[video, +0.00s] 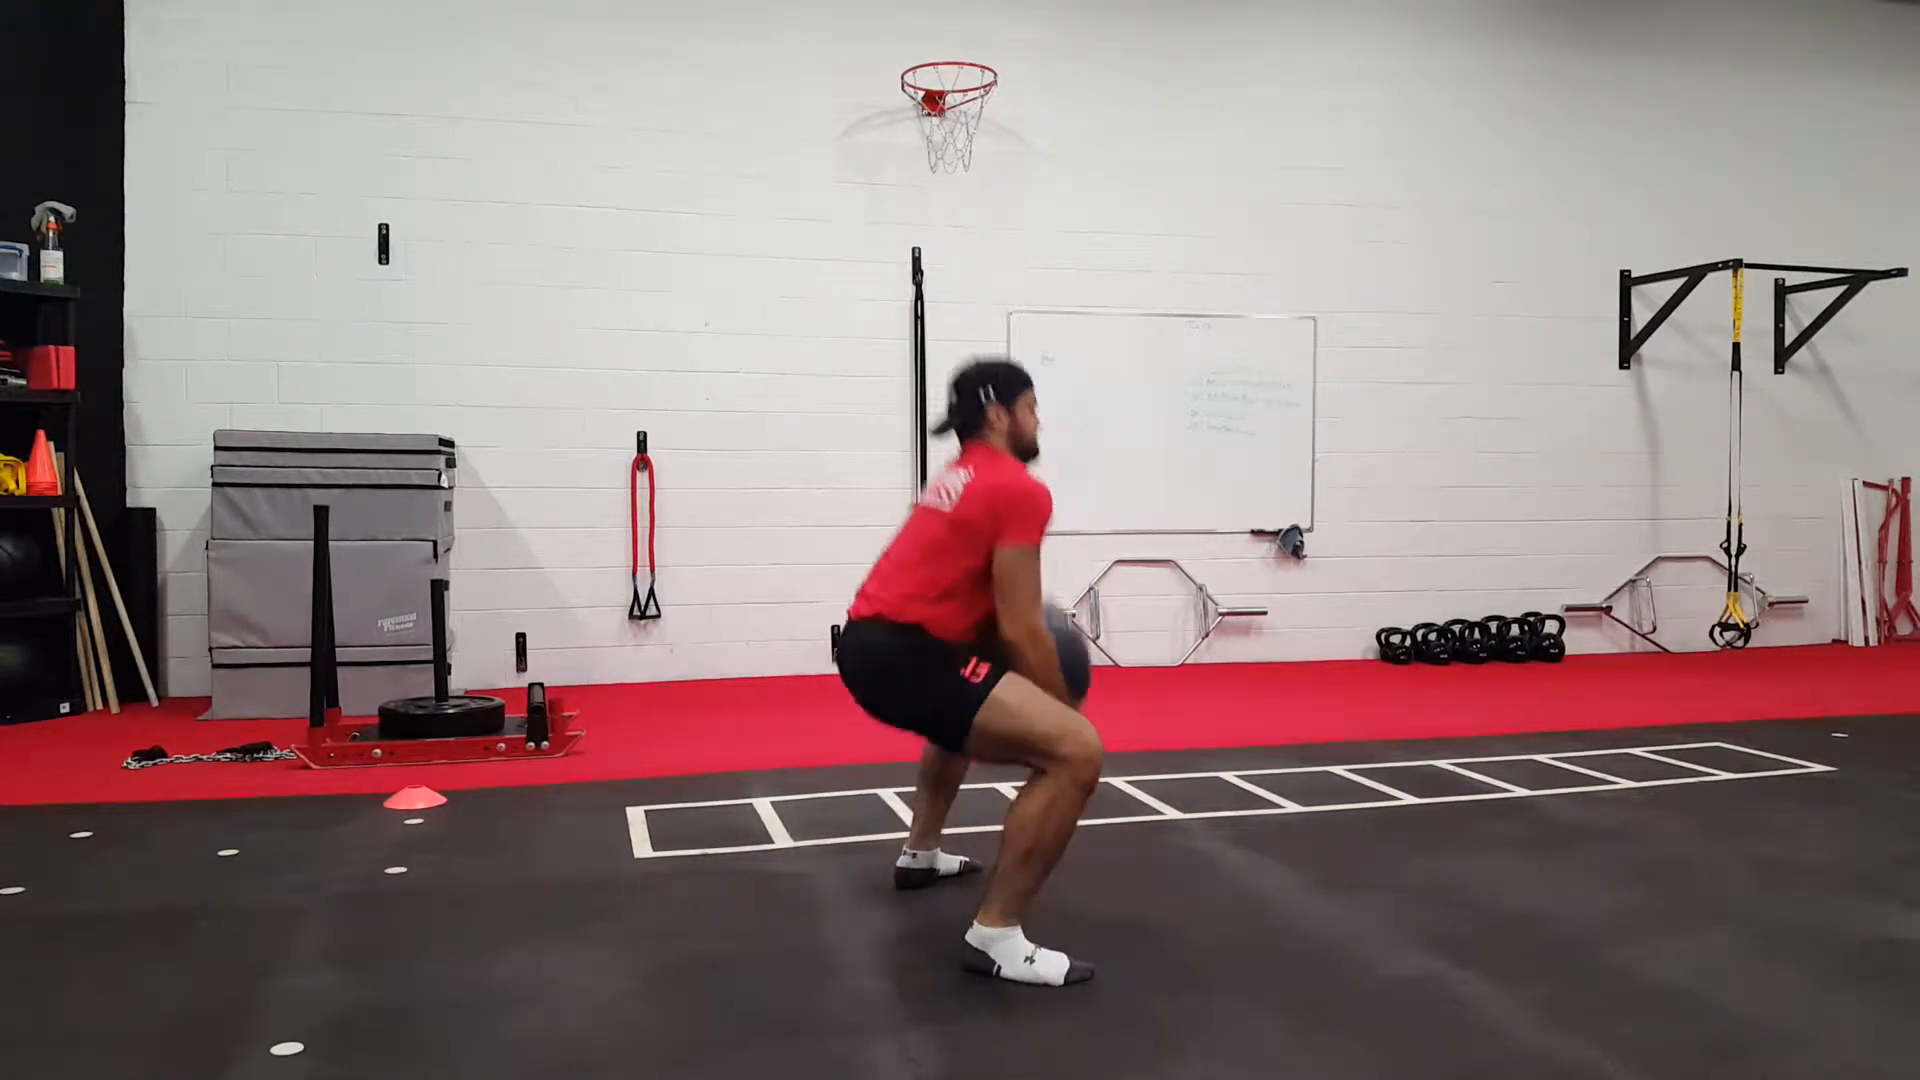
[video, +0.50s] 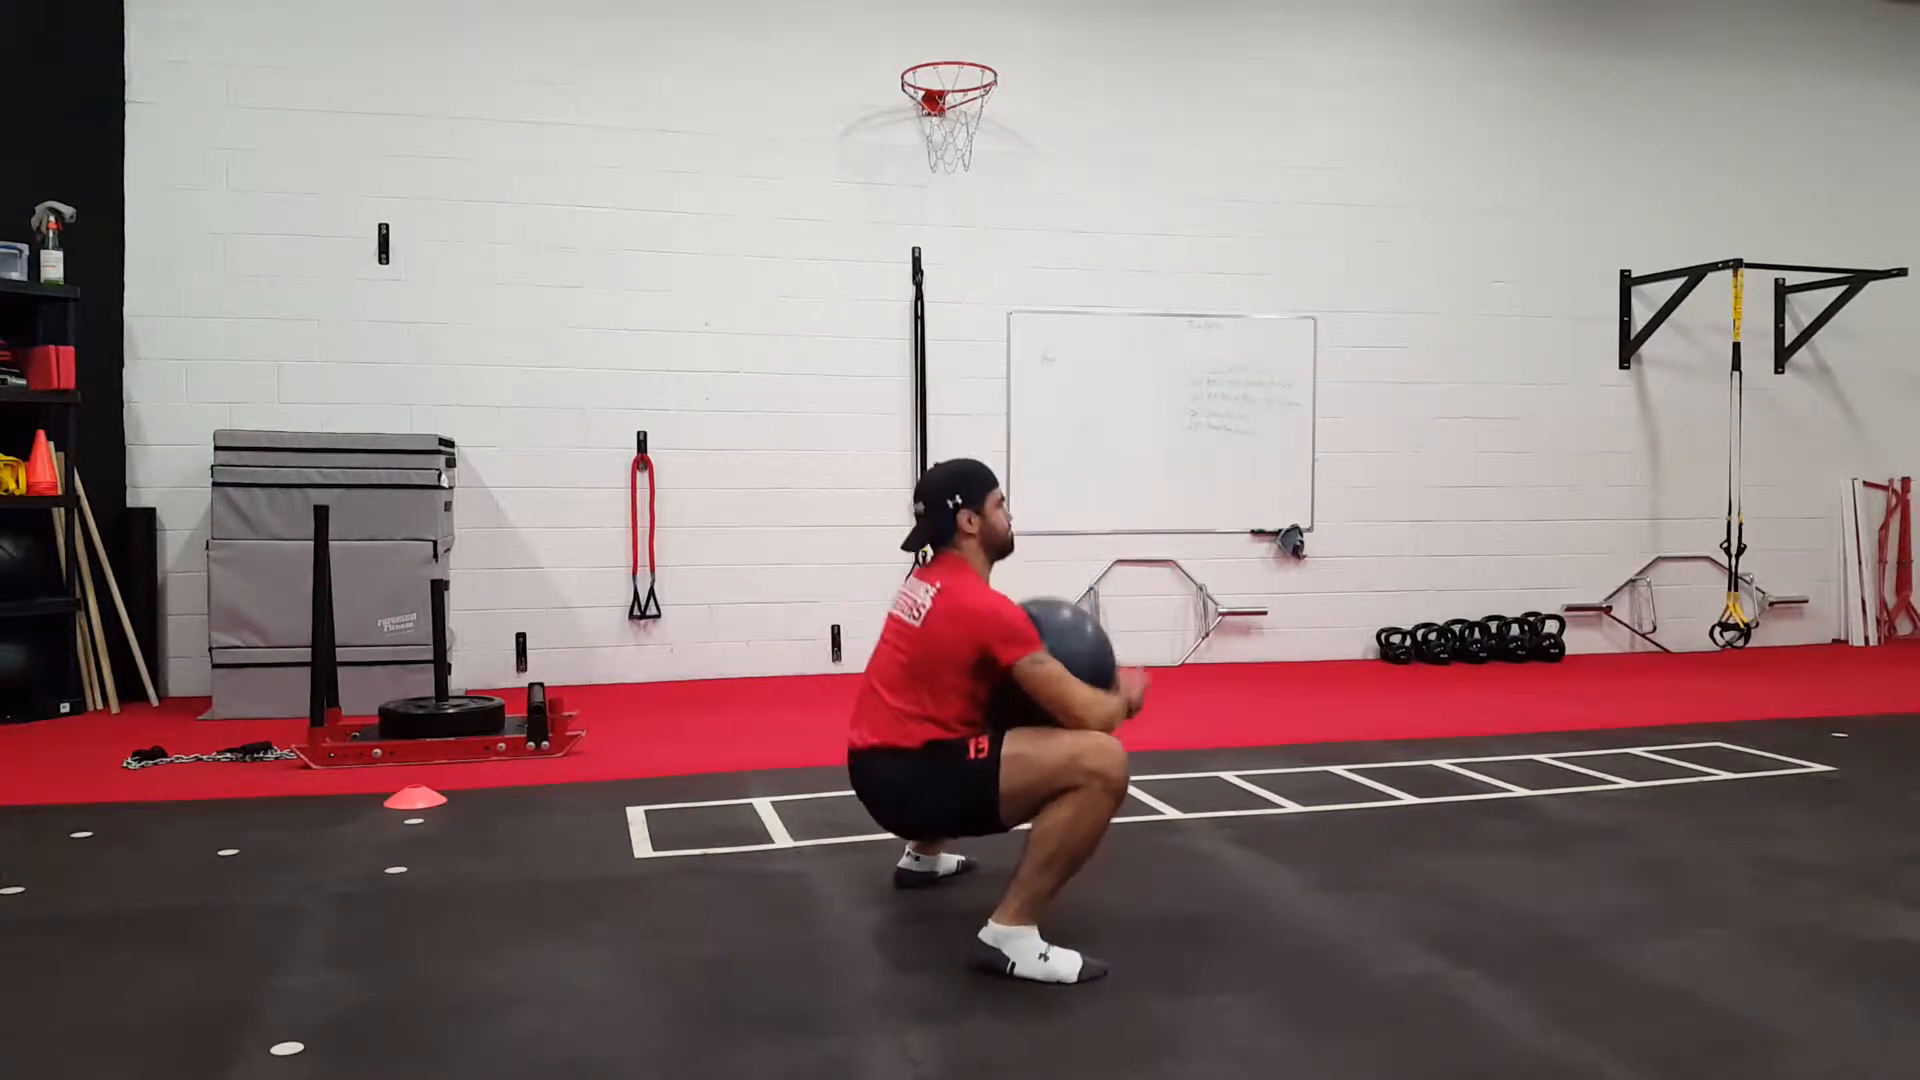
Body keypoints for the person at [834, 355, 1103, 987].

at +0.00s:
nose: (1038, 420)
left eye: (1035, 407)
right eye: (1031, 408)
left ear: (985, 417)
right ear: (998, 415)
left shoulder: (957, 474)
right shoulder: (1017, 490)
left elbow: (969, 611)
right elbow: (1021, 627)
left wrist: (1033, 659)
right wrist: (1060, 714)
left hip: (866, 641)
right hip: (905, 652)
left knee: (980, 698)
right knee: (1076, 755)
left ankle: (922, 849)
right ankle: (997, 931)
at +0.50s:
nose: (1010, 515)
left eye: (1004, 503)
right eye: (1000, 505)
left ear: (961, 524)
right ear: (969, 522)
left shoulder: (927, 578)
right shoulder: (988, 610)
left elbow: (963, 675)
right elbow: (1088, 714)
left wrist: (1032, 653)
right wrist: (1125, 700)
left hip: (878, 765)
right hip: (917, 779)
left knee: (1001, 708)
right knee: (1102, 764)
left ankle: (924, 853)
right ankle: (1012, 928)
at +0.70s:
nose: (1013, 529)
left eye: (1008, 518)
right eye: (1003, 520)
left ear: (967, 538)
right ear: (972, 536)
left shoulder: (932, 592)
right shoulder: (993, 627)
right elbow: (1071, 730)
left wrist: (1101, 720)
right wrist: (1120, 738)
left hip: (880, 781)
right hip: (919, 797)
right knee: (1097, 760)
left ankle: (923, 852)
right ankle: (1012, 929)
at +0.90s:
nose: (1008, 501)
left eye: (1003, 490)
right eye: (999, 492)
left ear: (964, 513)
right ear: (969, 510)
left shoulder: (931, 571)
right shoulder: (989, 600)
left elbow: (1003, 675)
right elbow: (1065, 715)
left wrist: (1097, 710)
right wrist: (1112, 734)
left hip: (878, 748)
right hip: (912, 763)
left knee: (995, 712)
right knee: (1099, 760)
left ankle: (925, 853)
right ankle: (1011, 929)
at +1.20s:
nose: (989, 393)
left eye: (983, 381)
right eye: (979, 382)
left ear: (935, 402)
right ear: (950, 397)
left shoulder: (916, 469)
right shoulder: (972, 485)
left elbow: (959, 568)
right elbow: (1046, 601)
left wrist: (1048, 602)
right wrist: (1095, 619)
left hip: (872, 647)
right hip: (918, 654)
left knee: (979, 719)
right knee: (1089, 752)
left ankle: (923, 850)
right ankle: (1011, 927)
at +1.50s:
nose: (861, 268)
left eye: (845, 261)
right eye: (845, 264)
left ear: (826, 303)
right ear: (836, 287)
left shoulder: (865, 359)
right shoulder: (892, 347)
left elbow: (992, 360)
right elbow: (1029, 350)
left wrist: (1007, 310)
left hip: (943, 537)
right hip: (978, 530)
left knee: (989, 692)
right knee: (1047, 711)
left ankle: (933, 833)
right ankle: (1014, 910)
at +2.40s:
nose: (1013, 287)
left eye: (1025, 271)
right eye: (1001, 276)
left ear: (1060, 267)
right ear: (991, 282)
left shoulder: (1102, 339)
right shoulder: (985, 367)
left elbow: (1091, 442)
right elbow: (955, 483)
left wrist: (1103, 528)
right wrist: (1019, 573)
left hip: (1086, 537)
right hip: (1018, 543)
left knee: (1136, 690)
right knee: (1072, 707)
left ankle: (1067, 812)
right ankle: (1066, 876)